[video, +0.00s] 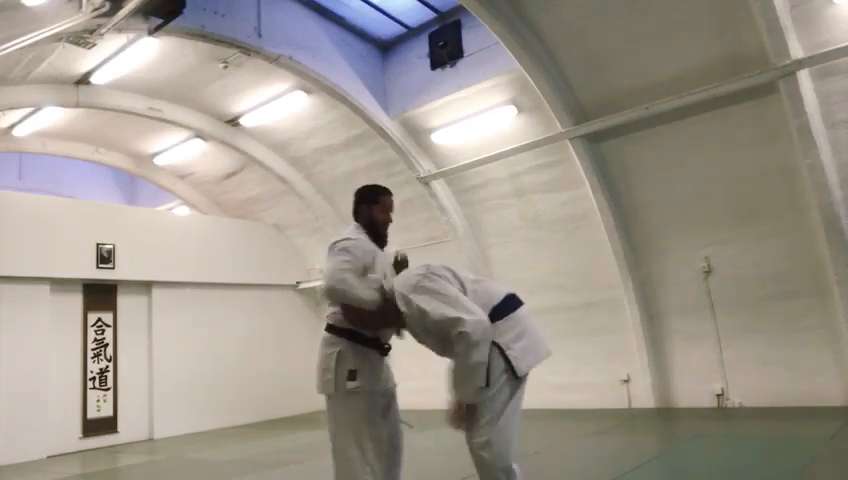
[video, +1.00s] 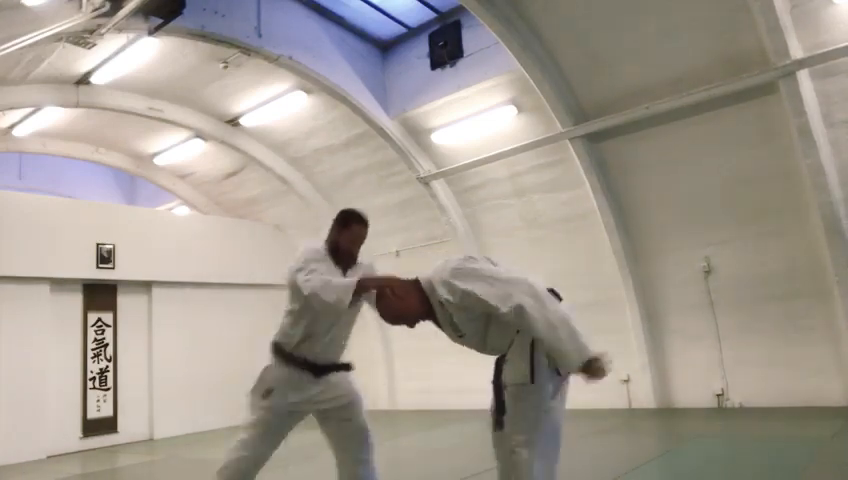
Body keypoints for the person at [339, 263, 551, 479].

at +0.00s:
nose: (379, 330)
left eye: (369, 324)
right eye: (369, 327)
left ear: (376, 304)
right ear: (379, 297)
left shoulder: (411, 288)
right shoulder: (409, 296)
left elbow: (474, 328)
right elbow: (467, 333)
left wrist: (465, 399)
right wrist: (463, 399)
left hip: (503, 337)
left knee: (485, 437)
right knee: (483, 435)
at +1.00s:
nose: (407, 325)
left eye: (396, 318)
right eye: (398, 323)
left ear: (397, 293)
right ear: (400, 291)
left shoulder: (451, 279)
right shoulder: (441, 307)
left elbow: (525, 297)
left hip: (532, 337)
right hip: (514, 346)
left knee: (525, 440)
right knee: (507, 437)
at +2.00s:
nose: (499, 310)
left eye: (490, 303)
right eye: (490, 309)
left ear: (488, 278)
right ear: (488, 276)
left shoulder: (551, 264)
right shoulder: (528, 285)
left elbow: (636, 296)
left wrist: (684, 357)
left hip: (629, 330)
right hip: (601, 341)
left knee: (620, 440)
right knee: (596, 431)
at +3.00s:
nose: (588, 290)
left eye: (585, 281)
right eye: (580, 287)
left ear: (591, 251)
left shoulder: (651, 240)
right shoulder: (599, 271)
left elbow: (750, 263)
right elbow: (625, 316)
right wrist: (637, 355)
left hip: (711, 327)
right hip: (664, 340)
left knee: (712, 436)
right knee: (671, 435)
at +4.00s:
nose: (745, 147)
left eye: (756, 136)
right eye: (741, 136)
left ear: (790, 135)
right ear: (737, 138)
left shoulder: (837, 176)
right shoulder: (725, 191)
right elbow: (719, 263)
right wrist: (723, 320)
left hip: (831, 303)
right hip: (772, 308)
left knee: (840, 424)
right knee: (765, 419)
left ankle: (839, 471)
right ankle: (814, 472)